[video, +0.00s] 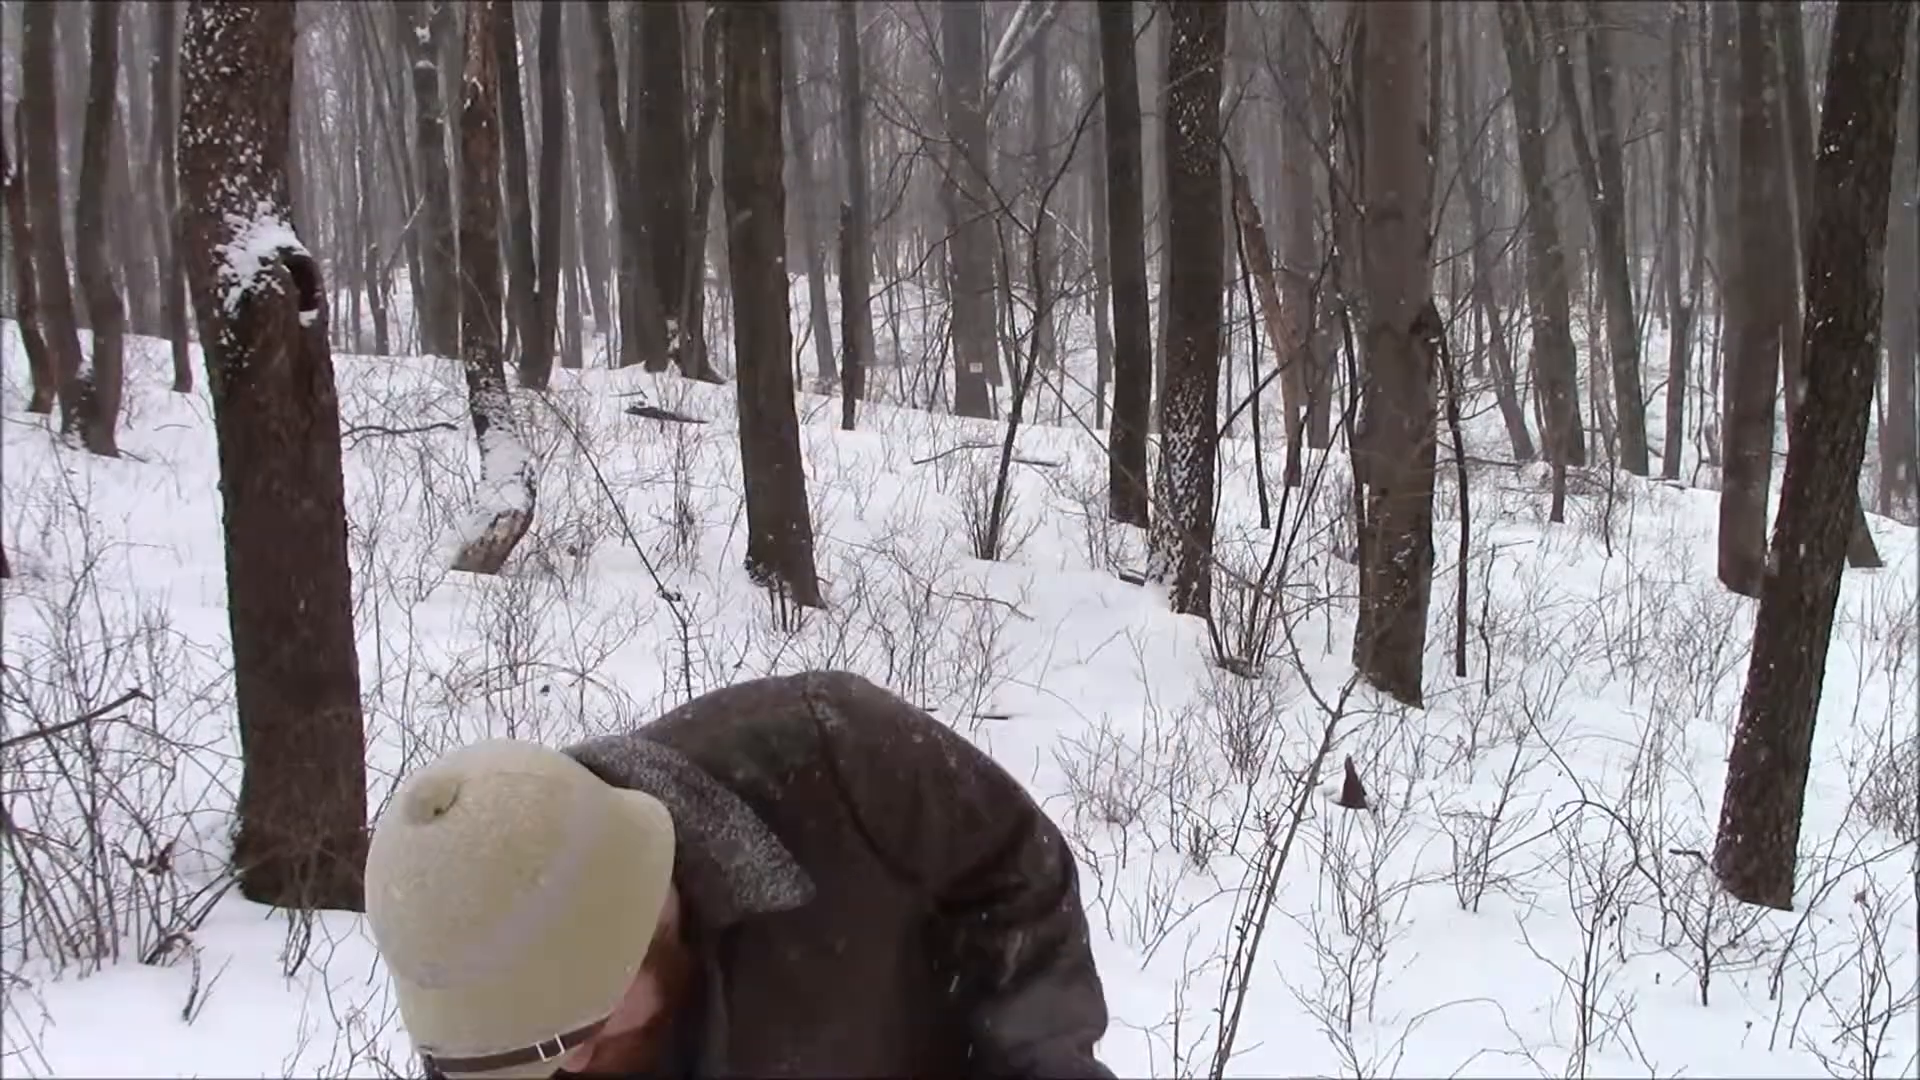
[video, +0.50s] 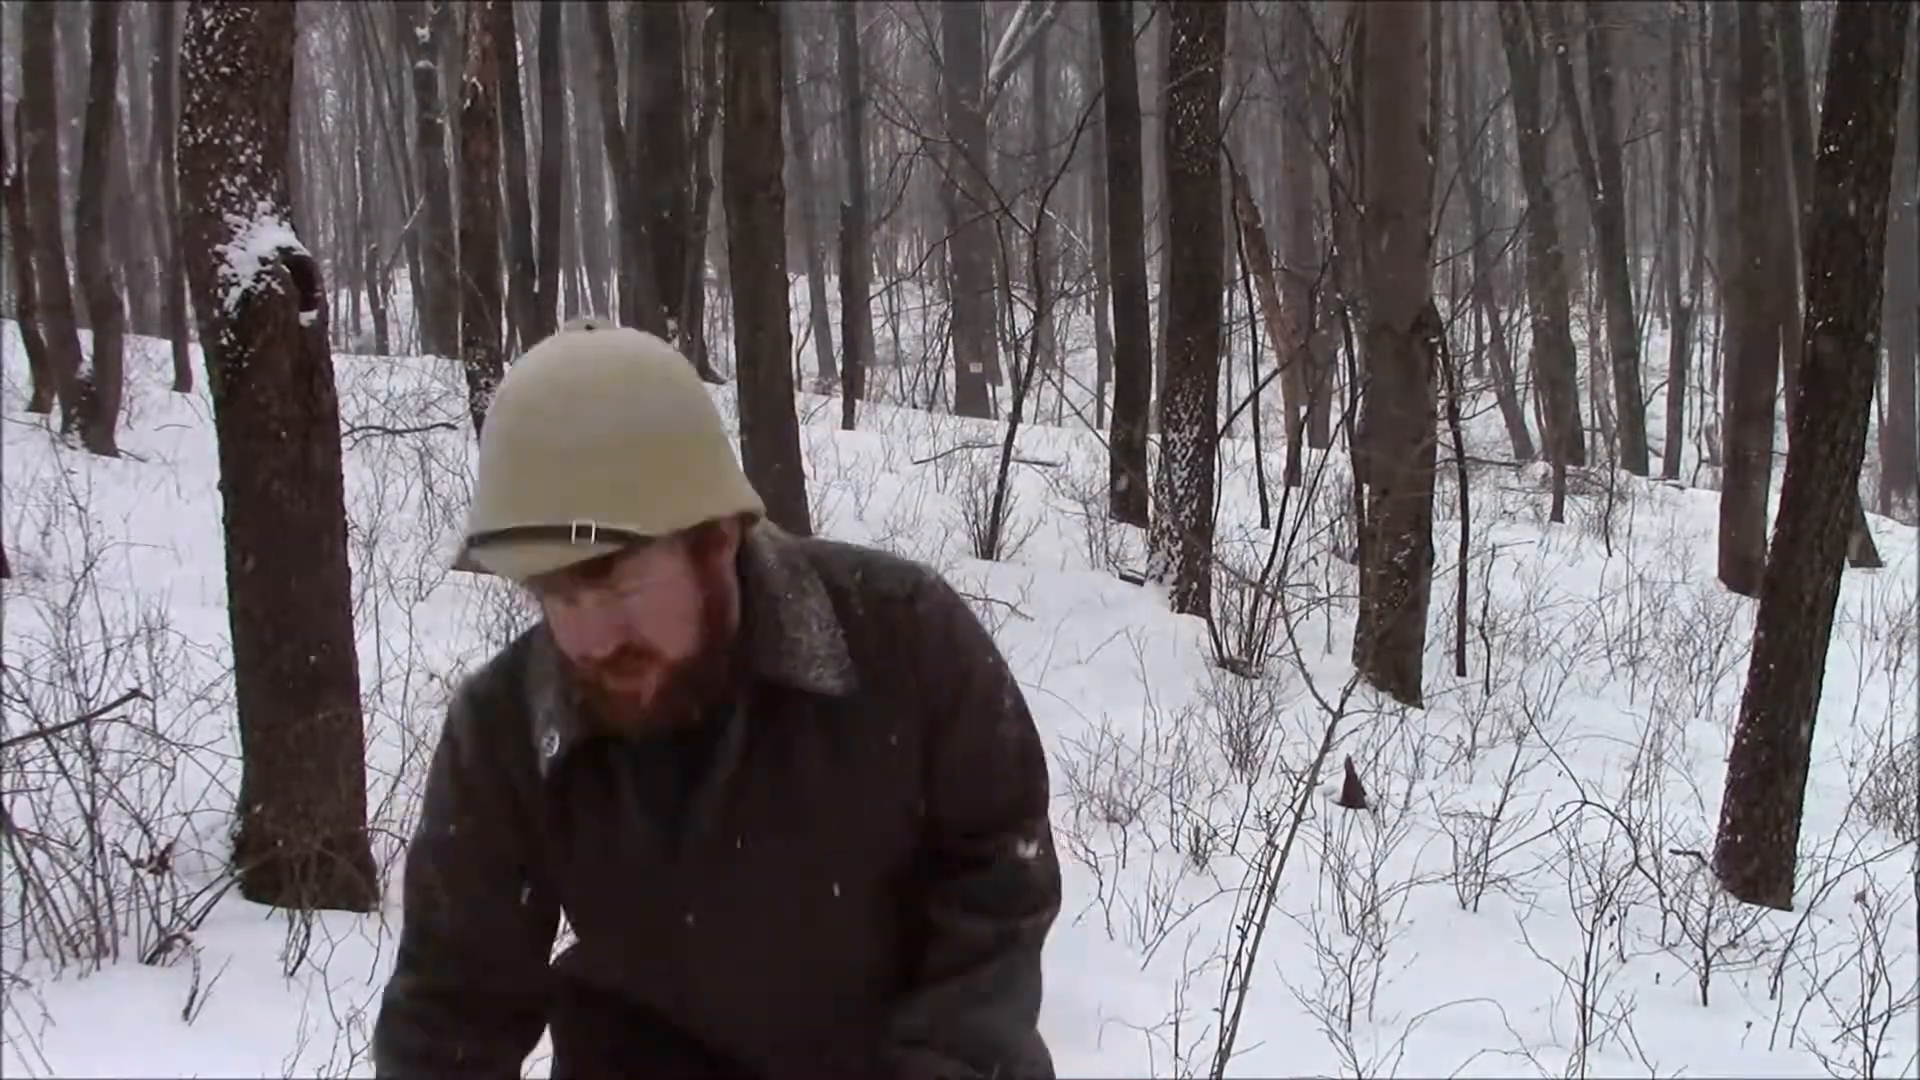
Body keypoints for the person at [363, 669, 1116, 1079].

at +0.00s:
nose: (569, 1071)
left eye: (581, 1031)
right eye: (520, 1059)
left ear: (647, 912)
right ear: (449, 1011)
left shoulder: (830, 757)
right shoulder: (477, 1005)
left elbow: (1019, 877)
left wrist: (1038, 1061)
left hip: (946, 1042)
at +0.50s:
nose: (586, 640)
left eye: (610, 580)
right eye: (550, 593)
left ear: (719, 534)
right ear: (523, 584)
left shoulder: (910, 640)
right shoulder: (504, 730)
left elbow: (998, 888)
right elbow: (453, 1012)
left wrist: (947, 1062)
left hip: (888, 1031)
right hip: (657, 1039)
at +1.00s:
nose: (736, 343)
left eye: (769, 301)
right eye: (711, 310)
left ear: (858, 313)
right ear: (686, 330)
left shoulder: (1006, 517)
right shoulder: (630, 533)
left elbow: (1119, 747)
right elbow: (583, 789)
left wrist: (1091, 932)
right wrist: (561, 1004)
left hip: (945, 1039)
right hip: (684, 1047)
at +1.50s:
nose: (829, 327)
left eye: (858, 290)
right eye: (808, 301)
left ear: (949, 297)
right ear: (791, 327)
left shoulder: (1100, 502)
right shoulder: (741, 523)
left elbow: (1194, 733)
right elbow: (683, 756)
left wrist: (1173, 891)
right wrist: (649, 933)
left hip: (1044, 1024)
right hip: (791, 1026)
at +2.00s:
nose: (822, 340)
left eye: (857, 301)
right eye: (804, 308)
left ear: (950, 318)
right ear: (784, 321)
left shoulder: (1076, 528)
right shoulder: (712, 519)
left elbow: (1154, 762)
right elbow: (638, 752)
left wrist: (1101, 921)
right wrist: (602, 939)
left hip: (976, 1038)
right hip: (717, 1040)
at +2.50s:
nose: (613, 334)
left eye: (647, 295)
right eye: (585, 298)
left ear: (732, 298)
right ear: (552, 308)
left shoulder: (866, 491)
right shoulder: (467, 501)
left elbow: (951, 729)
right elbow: (377, 771)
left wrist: (919, 909)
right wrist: (353, 1009)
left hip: (817, 1041)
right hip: (550, 1047)